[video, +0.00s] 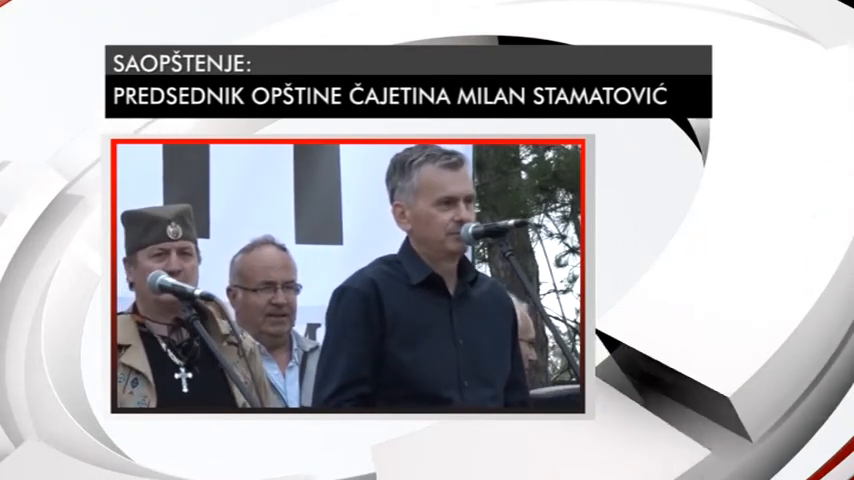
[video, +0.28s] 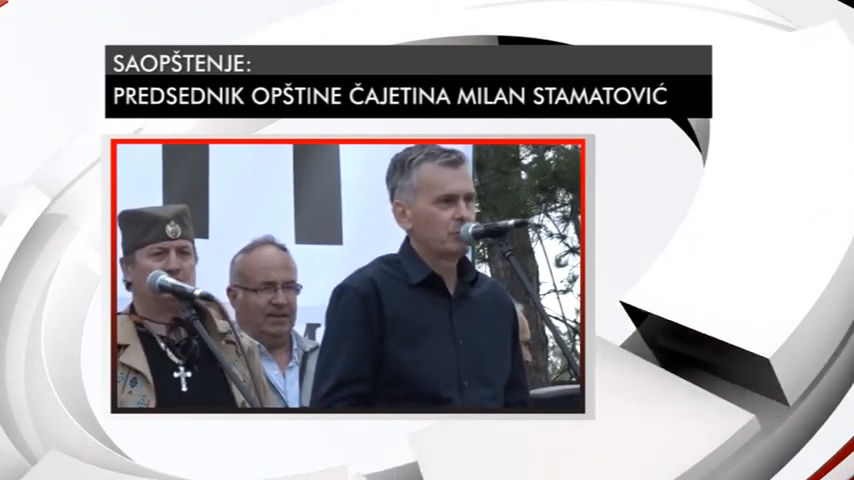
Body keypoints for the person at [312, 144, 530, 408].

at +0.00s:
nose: (464, 215)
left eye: (469, 202)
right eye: (447, 204)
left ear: (476, 206)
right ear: (402, 215)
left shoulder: (495, 300)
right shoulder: (362, 297)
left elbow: (516, 408)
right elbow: (336, 413)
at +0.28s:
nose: (464, 213)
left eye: (469, 200)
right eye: (447, 202)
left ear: (476, 205)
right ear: (402, 214)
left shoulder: (496, 301)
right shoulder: (362, 296)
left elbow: (516, 410)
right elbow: (333, 411)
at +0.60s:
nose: (461, 212)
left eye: (465, 199)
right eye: (443, 200)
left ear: (472, 204)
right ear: (400, 213)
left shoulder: (496, 302)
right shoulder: (362, 296)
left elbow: (522, 408)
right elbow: (330, 405)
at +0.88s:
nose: (461, 212)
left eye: (465, 199)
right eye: (442, 200)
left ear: (472, 204)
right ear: (400, 214)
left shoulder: (497, 301)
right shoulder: (364, 292)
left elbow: (525, 404)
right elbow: (332, 402)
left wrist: (578, 386)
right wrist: (423, 389)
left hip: (486, 466)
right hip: (393, 465)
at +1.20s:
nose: (462, 214)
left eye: (466, 200)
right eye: (444, 202)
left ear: (473, 204)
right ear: (402, 214)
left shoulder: (498, 301)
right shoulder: (366, 291)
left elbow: (529, 401)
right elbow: (334, 400)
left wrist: (593, 395)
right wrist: (400, 385)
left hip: (491, 464)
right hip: (396, 464)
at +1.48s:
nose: (461, 214)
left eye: (466, 201)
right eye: (443, 202)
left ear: (472, 205)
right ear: (400, 214)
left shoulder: (494, 300)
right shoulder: (362, 296)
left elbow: (518, 407)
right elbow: (333, 407)